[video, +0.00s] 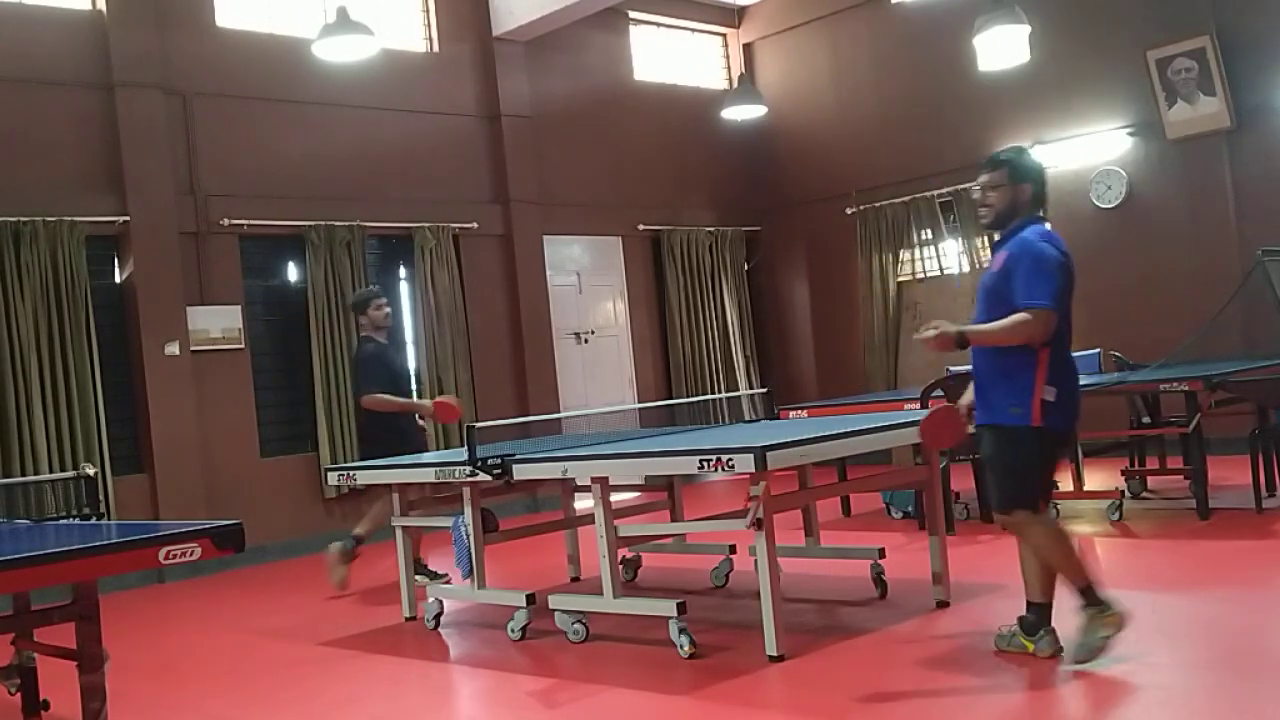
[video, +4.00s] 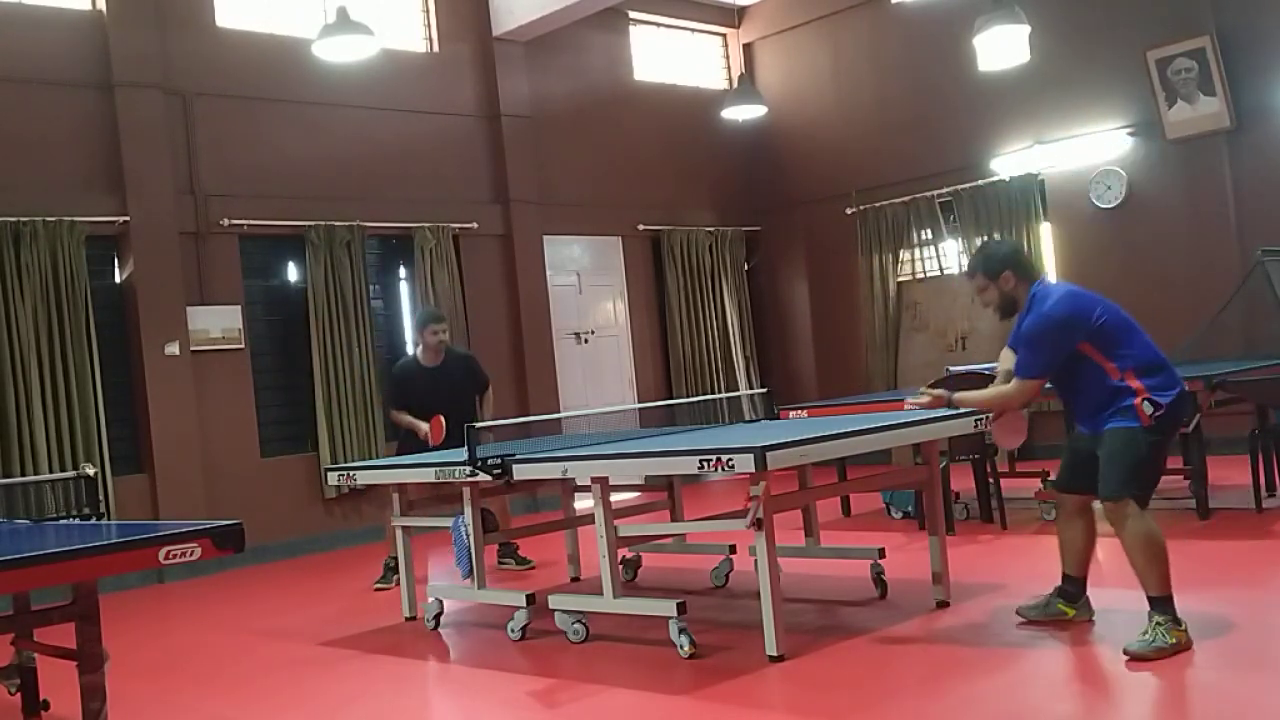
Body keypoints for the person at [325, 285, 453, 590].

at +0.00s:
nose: (387, 310)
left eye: (386, 306)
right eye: (379, 308)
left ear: (384, 311)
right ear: (362, 317)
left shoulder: (381, 347)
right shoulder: (369, 351)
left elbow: (388, 396)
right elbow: (368, 398)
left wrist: (412, 419)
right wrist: (416, 405)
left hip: (396, 438)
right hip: (393, 441)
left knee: (394, 497)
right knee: (414, 500)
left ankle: (351, 543)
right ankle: (415, 563)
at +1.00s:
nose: (456, 312)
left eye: (458, 307)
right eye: (449, 307)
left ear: (463, 309)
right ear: (433, 310)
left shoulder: (469, 335)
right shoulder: (418, 347)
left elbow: (486, 363)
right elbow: (402, 386)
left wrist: (461, 333)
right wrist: (417, 391)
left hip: (476, 424)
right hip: (438, 430)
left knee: (485, 486)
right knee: (440, 493)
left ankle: (495, 546)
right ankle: (440, 552)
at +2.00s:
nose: (423, 314)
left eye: (426, 309)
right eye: (417, 310)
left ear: (431, 312)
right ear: (402, 315)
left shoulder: (445, 344)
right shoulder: (387, 350)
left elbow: (459, 379)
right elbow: (369, 387)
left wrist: (458, 407)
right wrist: (383, 398)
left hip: (439, 435)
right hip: (402, 438)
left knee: (440, 494)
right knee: (398, 499)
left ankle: (435, 549)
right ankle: (391, 561)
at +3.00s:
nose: (446, 312)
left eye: (449, 307)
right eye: (439, 308)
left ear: (454, 311)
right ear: (425, 315)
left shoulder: (471, 345)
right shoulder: (410, 353)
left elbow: (491, 380)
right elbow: (399, 395)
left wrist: (482, 404)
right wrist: (420, 403)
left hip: (470, 437)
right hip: (429, 442)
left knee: (495, 489)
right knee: (410, 501)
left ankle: (507, 548)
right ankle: (395, 561)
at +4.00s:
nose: (442, 338)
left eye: (445, 332)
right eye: (435, 333)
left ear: (449, 332)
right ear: (420, 335)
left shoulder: (464, 362)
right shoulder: (403, 371)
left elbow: (486, 390)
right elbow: (394, 412)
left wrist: (485, 424)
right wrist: (418, 425)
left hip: (464, 449)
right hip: (417, 453)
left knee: (497, 486)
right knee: (398, 496)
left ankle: (506, 548)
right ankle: (394, 562)